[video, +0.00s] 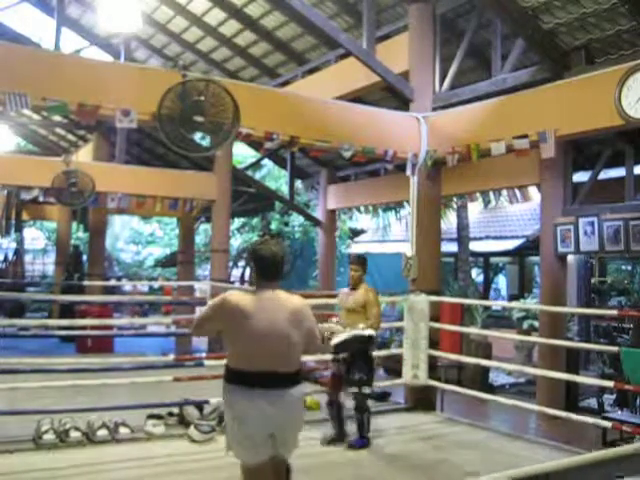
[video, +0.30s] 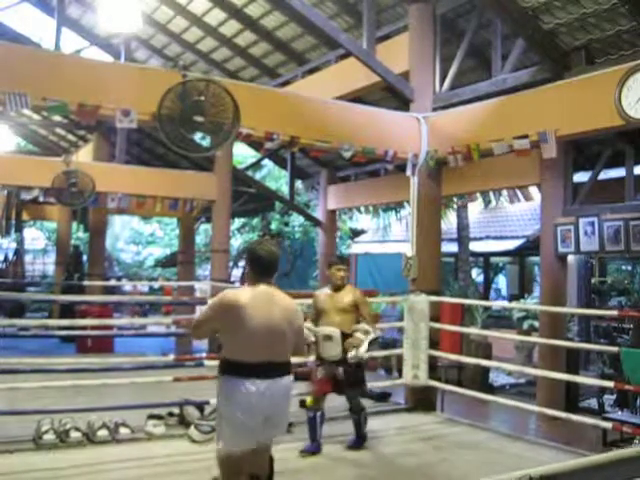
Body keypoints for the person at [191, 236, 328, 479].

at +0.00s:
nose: (249, 270)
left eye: (250, 266)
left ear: (252, 270)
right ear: (282, 270)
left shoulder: (232, 303)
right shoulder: (298, 306)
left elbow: (200, 328)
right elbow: (313, 345)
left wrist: (232, 324)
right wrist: (283, 339)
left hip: (244, 398)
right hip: (288, 396)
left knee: (254, 468)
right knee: (280, 462)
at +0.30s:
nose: (243, 268)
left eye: (245, 264)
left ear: (247, 267)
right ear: (275, 271)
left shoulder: (230, 300)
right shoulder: (288, 304)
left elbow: (197, 329)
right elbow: (300, 347)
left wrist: (225, 325)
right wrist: (270, 340)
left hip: (239, 387)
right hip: (279, 386)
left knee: (232, 458)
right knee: (262, 451)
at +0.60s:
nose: (233, 264)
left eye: (234, 260)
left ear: (235, 264)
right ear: (262, 266)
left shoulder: (220, 298)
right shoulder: (278, 301)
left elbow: (190, 331)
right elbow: (286, 342)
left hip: (228, 378)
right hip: (268, 375)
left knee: (212, 447)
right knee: (256, 447)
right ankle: (258, 477)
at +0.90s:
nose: (209, 271)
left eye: (209, 267)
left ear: (209, 269)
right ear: (232, 269)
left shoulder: (196, 299)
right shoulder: (249, 298)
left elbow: (165, 329)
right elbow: (264, 332)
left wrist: (191, 331)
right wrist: (235, 332)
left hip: (204, 375)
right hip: (243, 373)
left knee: (200, 446)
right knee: (241, 445)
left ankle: (198, 476)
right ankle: (245, 474)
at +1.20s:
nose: (178, 270)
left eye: (180, 266)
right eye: (179, 266)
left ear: (185, 267)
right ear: (209, 267)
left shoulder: (173, 295)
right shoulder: (227, 295)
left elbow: (148, 326)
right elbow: (246, 330)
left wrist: (176, 323)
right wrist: (221, 331)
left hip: (182, 370)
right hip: (219, 369)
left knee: (189, 441)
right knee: (223, 436)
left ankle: (192, 475)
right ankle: (226, 475)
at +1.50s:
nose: (179, 267)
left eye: (180, 264)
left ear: (182, 267)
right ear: (207, 268)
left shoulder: (168, 296)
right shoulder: (221, 298)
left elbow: (147, 325)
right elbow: (241, 332)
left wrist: (171, 323)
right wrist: (218, 325)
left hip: (177, 361)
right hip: (212, 362)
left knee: (184, 425)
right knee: (206, 423)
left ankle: (195, 467)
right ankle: (205, 468)